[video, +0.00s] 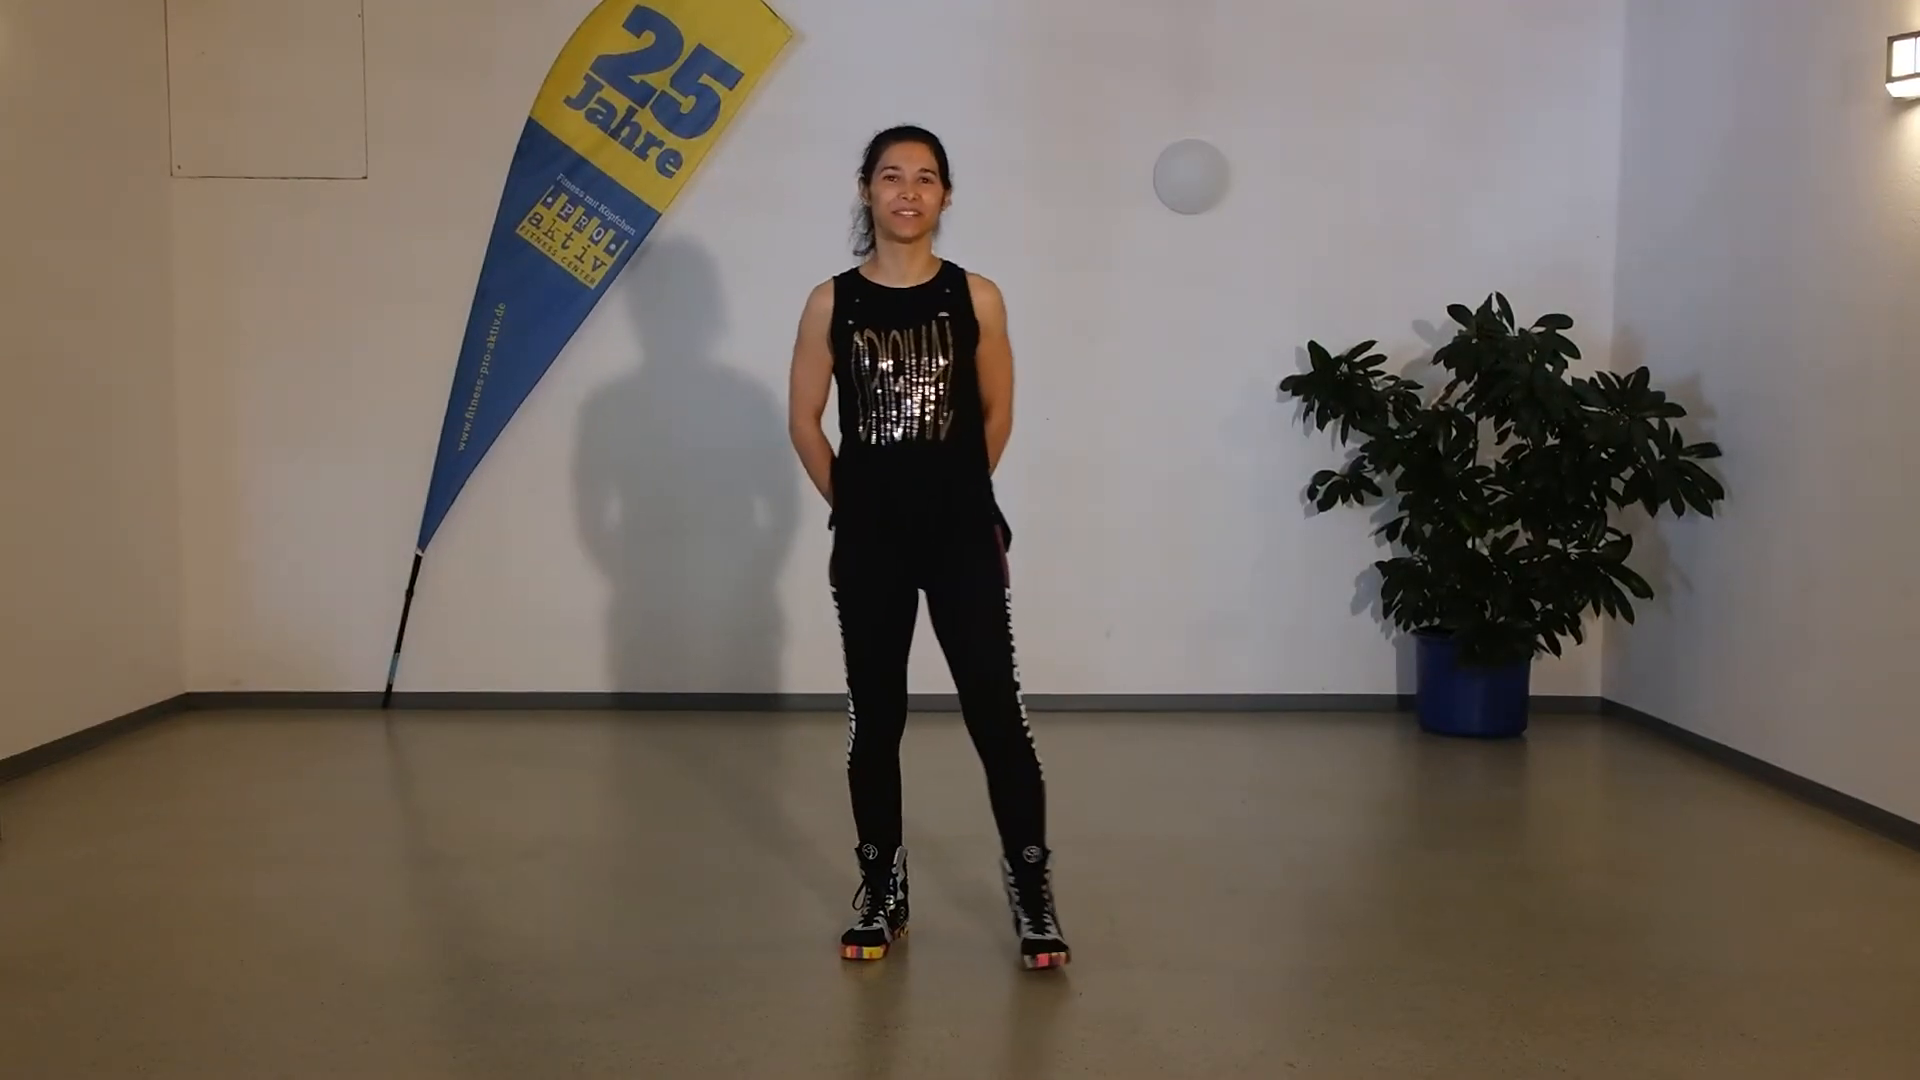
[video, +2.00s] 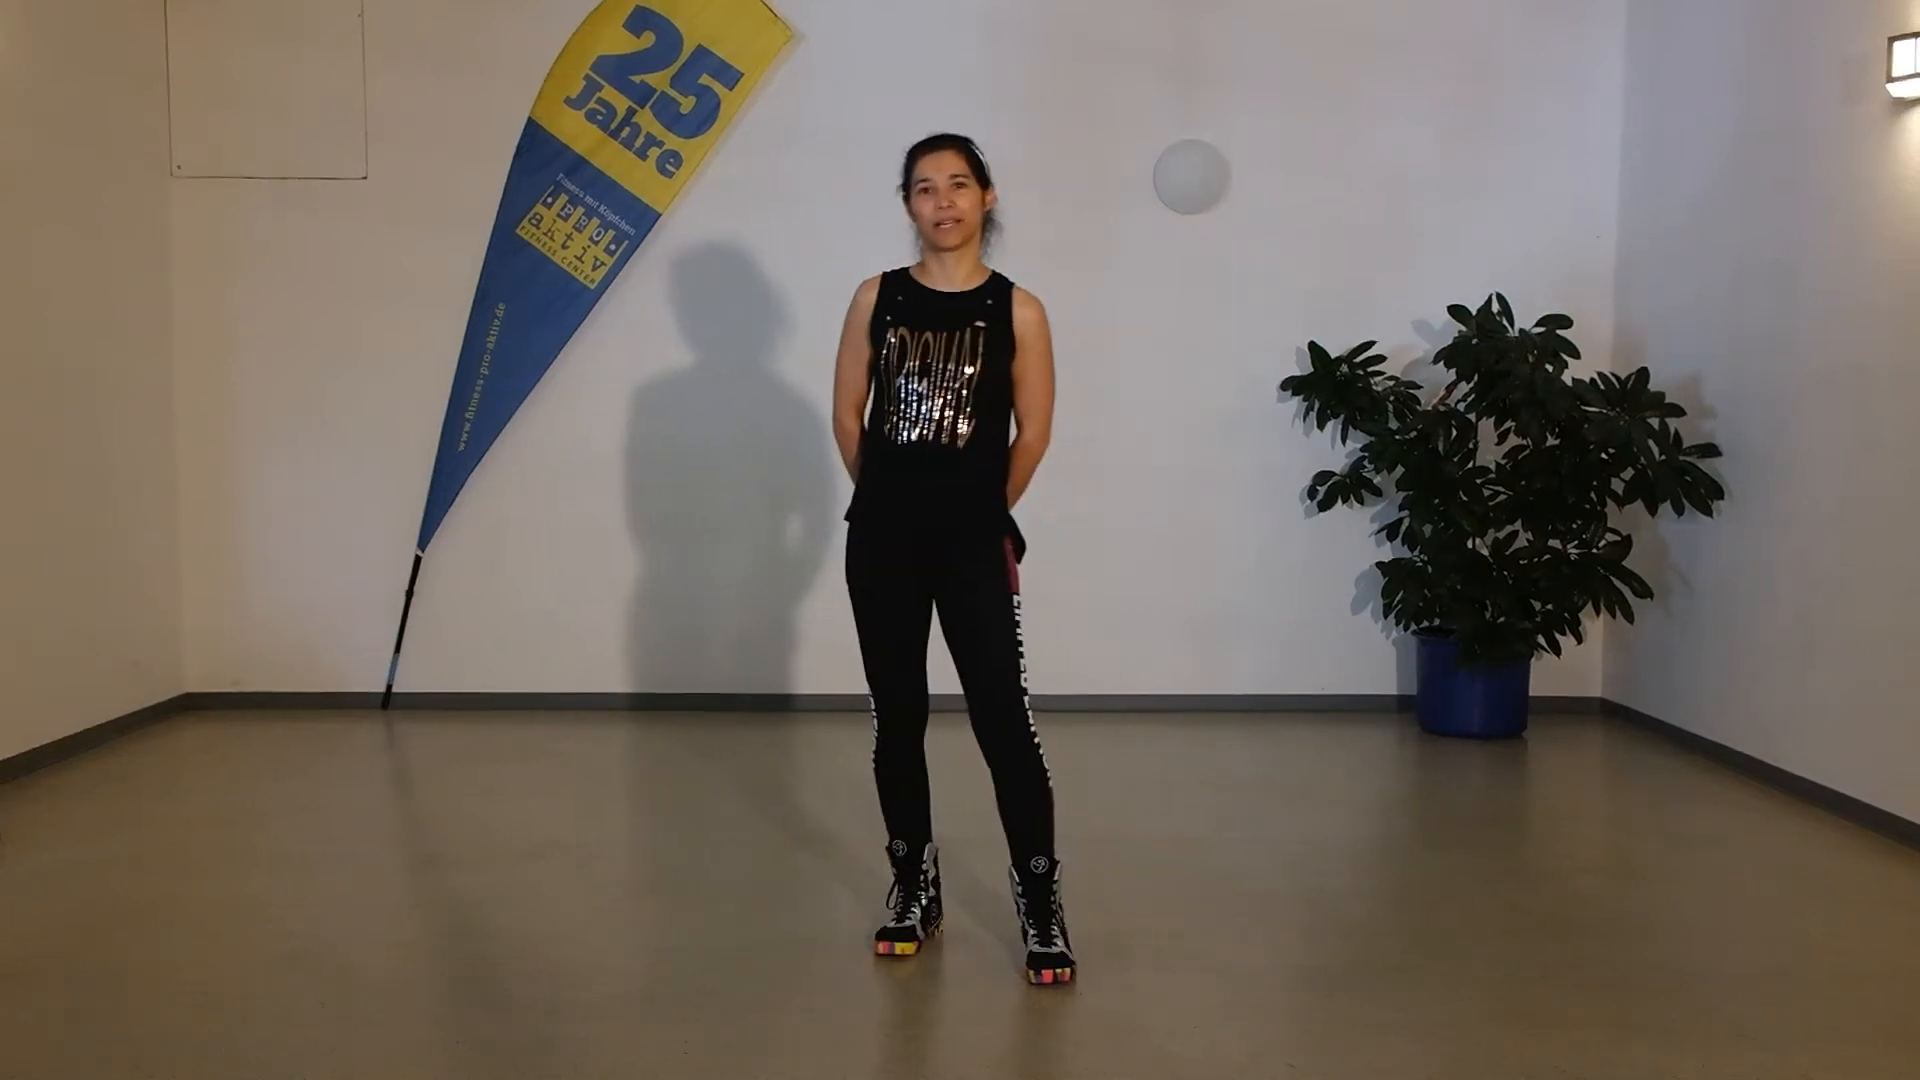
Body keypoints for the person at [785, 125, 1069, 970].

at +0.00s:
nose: (908, 191)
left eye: (924, 179)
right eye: (893, 177)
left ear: (945, 198)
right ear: (866, 193)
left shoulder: (976, 296)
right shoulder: (831, 303)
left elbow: (997, 416)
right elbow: (805, 424)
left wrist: (958, 490)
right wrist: (852, 504)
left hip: (960, 524)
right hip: (869, 527)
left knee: (995, 712)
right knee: (875, 717)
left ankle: (1033, 897)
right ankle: (882, 894)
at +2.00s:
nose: (941, 200)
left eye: (956, 185)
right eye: (924, 189)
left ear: (985, 199)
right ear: (908, 207)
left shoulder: (1018, 309)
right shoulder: (877, 298)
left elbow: (1035, 432)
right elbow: (847, 423)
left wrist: (988, 514)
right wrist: (881, 499)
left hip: (974, 536)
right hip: (883, 532)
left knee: (1002, 722)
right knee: (897, 718)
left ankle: (1040, 905)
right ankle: (911, 884)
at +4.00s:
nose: (921, 194)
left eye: (935, 183)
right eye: (904, 184)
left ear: (959, 203)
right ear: (881, 205)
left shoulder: (994, 298)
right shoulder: (849, 300)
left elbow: (1013, 418)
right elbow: (827, 423)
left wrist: (974, 496)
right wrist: (866, 504)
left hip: (970, 534)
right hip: (880, 537)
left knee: (1002, 721)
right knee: (898, 720)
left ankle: (999, 904)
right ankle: (914, 885)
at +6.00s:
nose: (914, 206)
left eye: (930, 193)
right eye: (899, 194)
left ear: (956, 209)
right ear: (880, 210)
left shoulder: (987, 309)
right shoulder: (846, 303)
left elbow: (1009, 431)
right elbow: (821, 427)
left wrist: (967, 517)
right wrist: (857, 501)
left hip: (950, 540)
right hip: (858, 540)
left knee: (980, 725)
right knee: (886, 723)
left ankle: (994, 903)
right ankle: (910, 886)